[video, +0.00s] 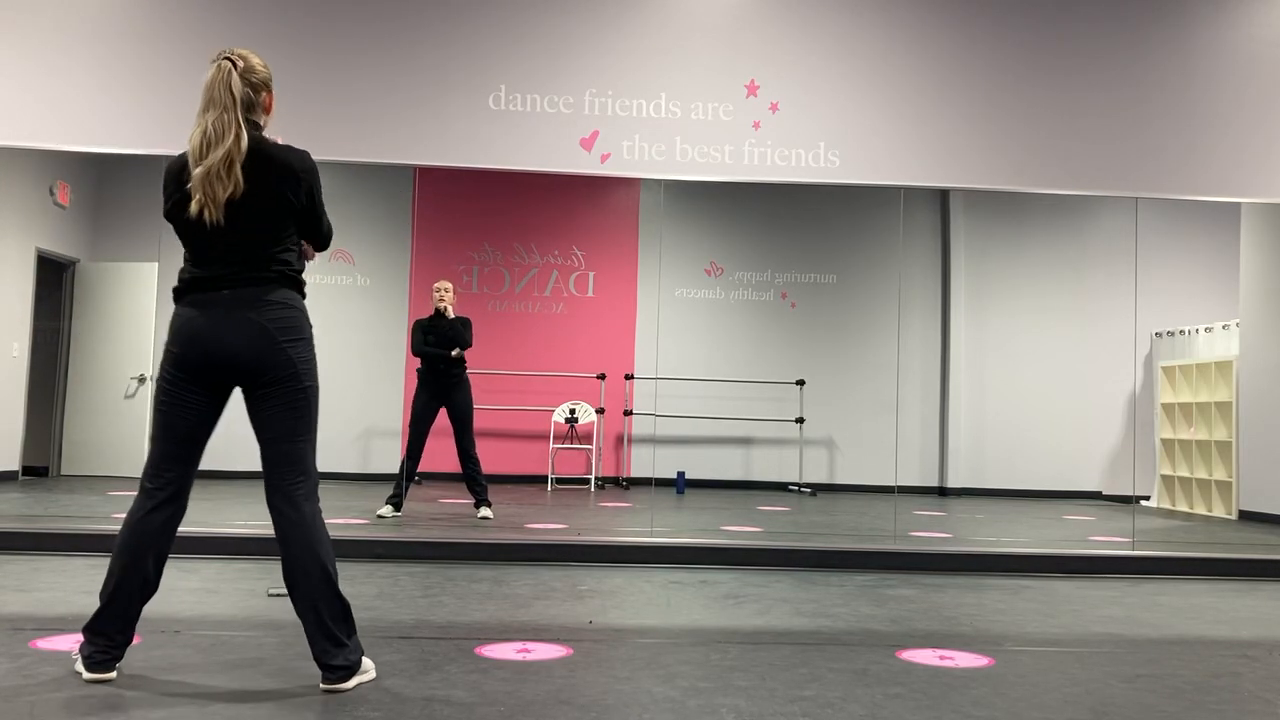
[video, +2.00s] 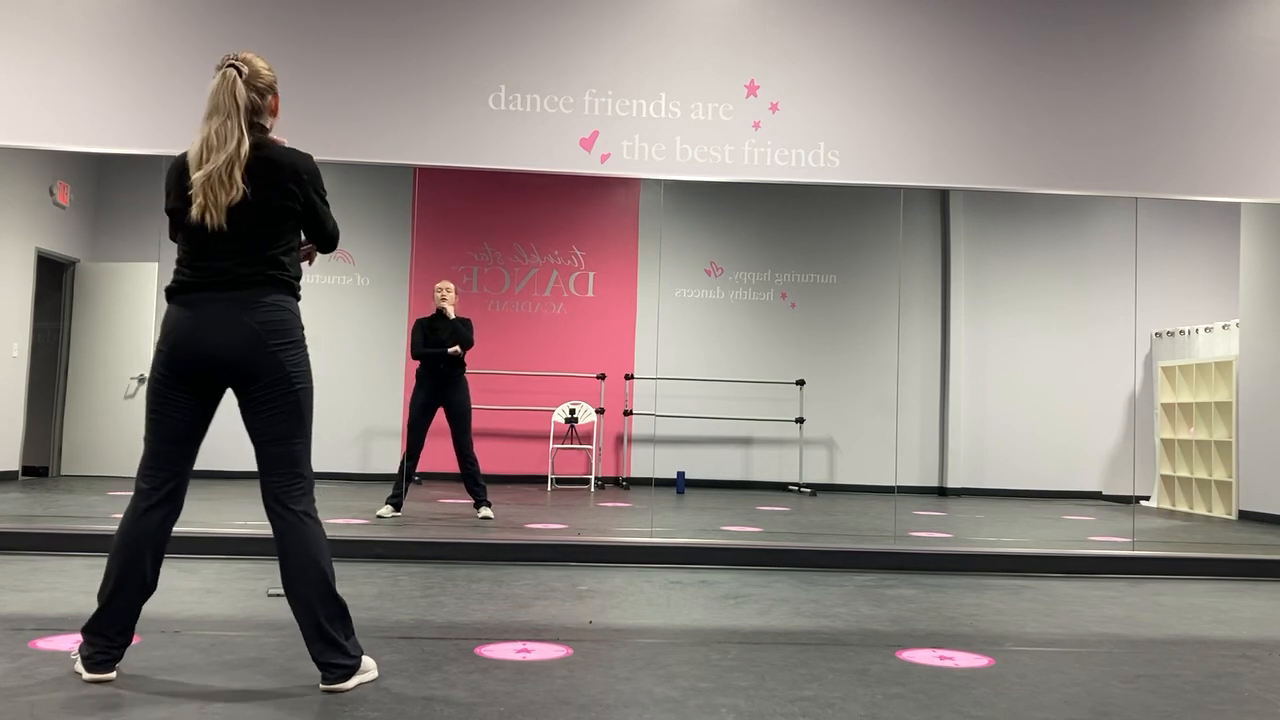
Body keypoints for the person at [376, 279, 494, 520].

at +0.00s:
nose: (441, 294)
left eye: (446, 290)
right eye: (438, 290)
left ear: (454, 297)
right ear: (431, 297)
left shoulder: (463, 322)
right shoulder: (421, 324)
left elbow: (465, 344)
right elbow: (417, 350)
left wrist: (450, 317)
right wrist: (449, 354)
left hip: (457, 388)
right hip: (428, 388)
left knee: (466, 447)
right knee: (413, 447)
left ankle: (482, 504)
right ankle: (394, 503)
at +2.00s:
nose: (443, 293)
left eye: (447, 290)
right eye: (439, 290)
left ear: (456, 298)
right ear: (433, 297)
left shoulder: (464, 323)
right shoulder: (422, 323)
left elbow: (467, 344)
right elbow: (416, 352)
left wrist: (452, 317)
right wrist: (447, 351)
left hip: (455, 389)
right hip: (426, 389)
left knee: (464, 447)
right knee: (413, 448)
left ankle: (482, 504)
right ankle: (394, 504)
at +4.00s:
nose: (443, 293)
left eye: (447, 290)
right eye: (439, 290)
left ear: (456, 298)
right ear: (433, 297)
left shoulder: (464, 323)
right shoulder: (422, 322)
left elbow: (466, 343)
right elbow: (415, 346)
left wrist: (452, 316)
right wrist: (443, 347)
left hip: (453, 388)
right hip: (423, 387)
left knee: (463, 448)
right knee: (412, 448)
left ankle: (482, 504)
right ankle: (394, 504)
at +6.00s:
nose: (441, 294)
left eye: (446, 290)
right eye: (437, 291)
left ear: (454, 297)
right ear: (432, 297)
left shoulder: (462, 323)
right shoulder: (421, 323)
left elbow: (465, 340)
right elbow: (415, 350)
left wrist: (450, 315)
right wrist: (444, 347)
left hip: (454, 390)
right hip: (424, 389)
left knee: (464, 448)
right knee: (412, 449)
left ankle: (482, 504)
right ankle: (394, 504)